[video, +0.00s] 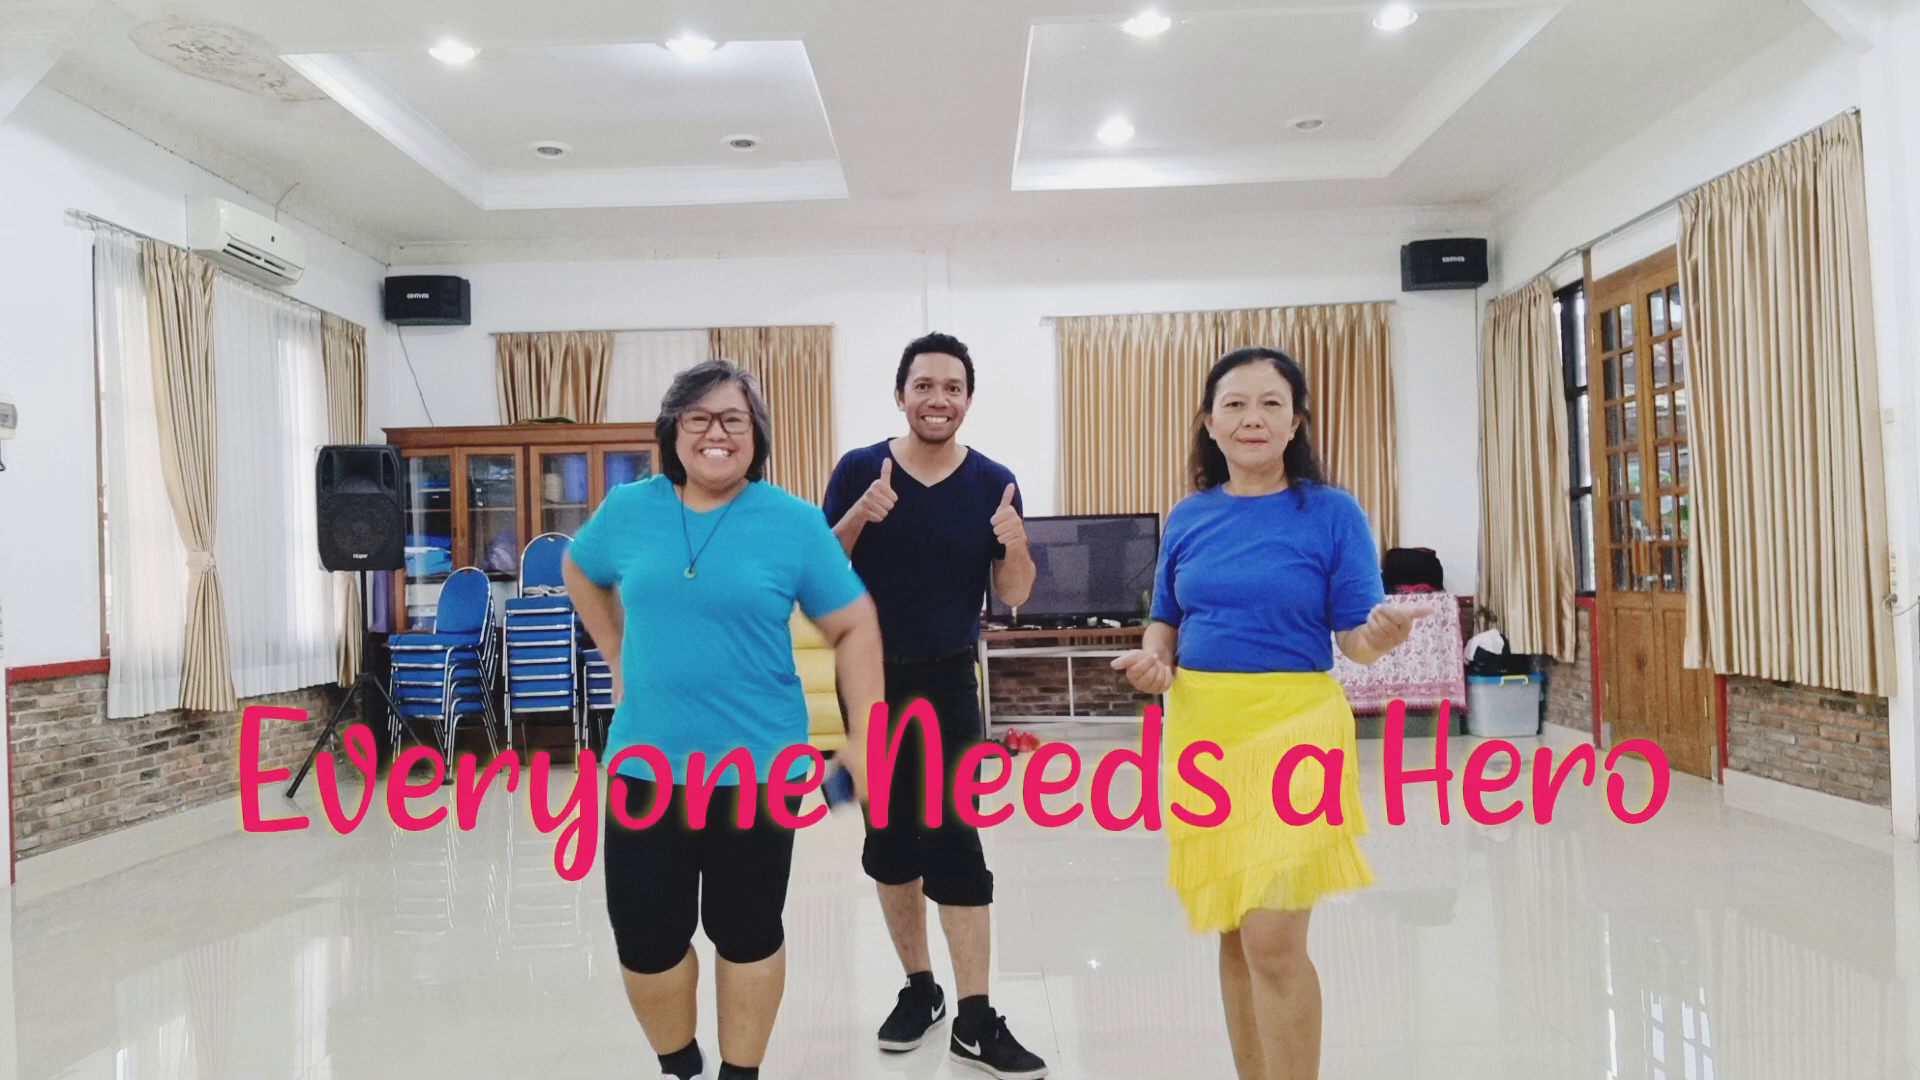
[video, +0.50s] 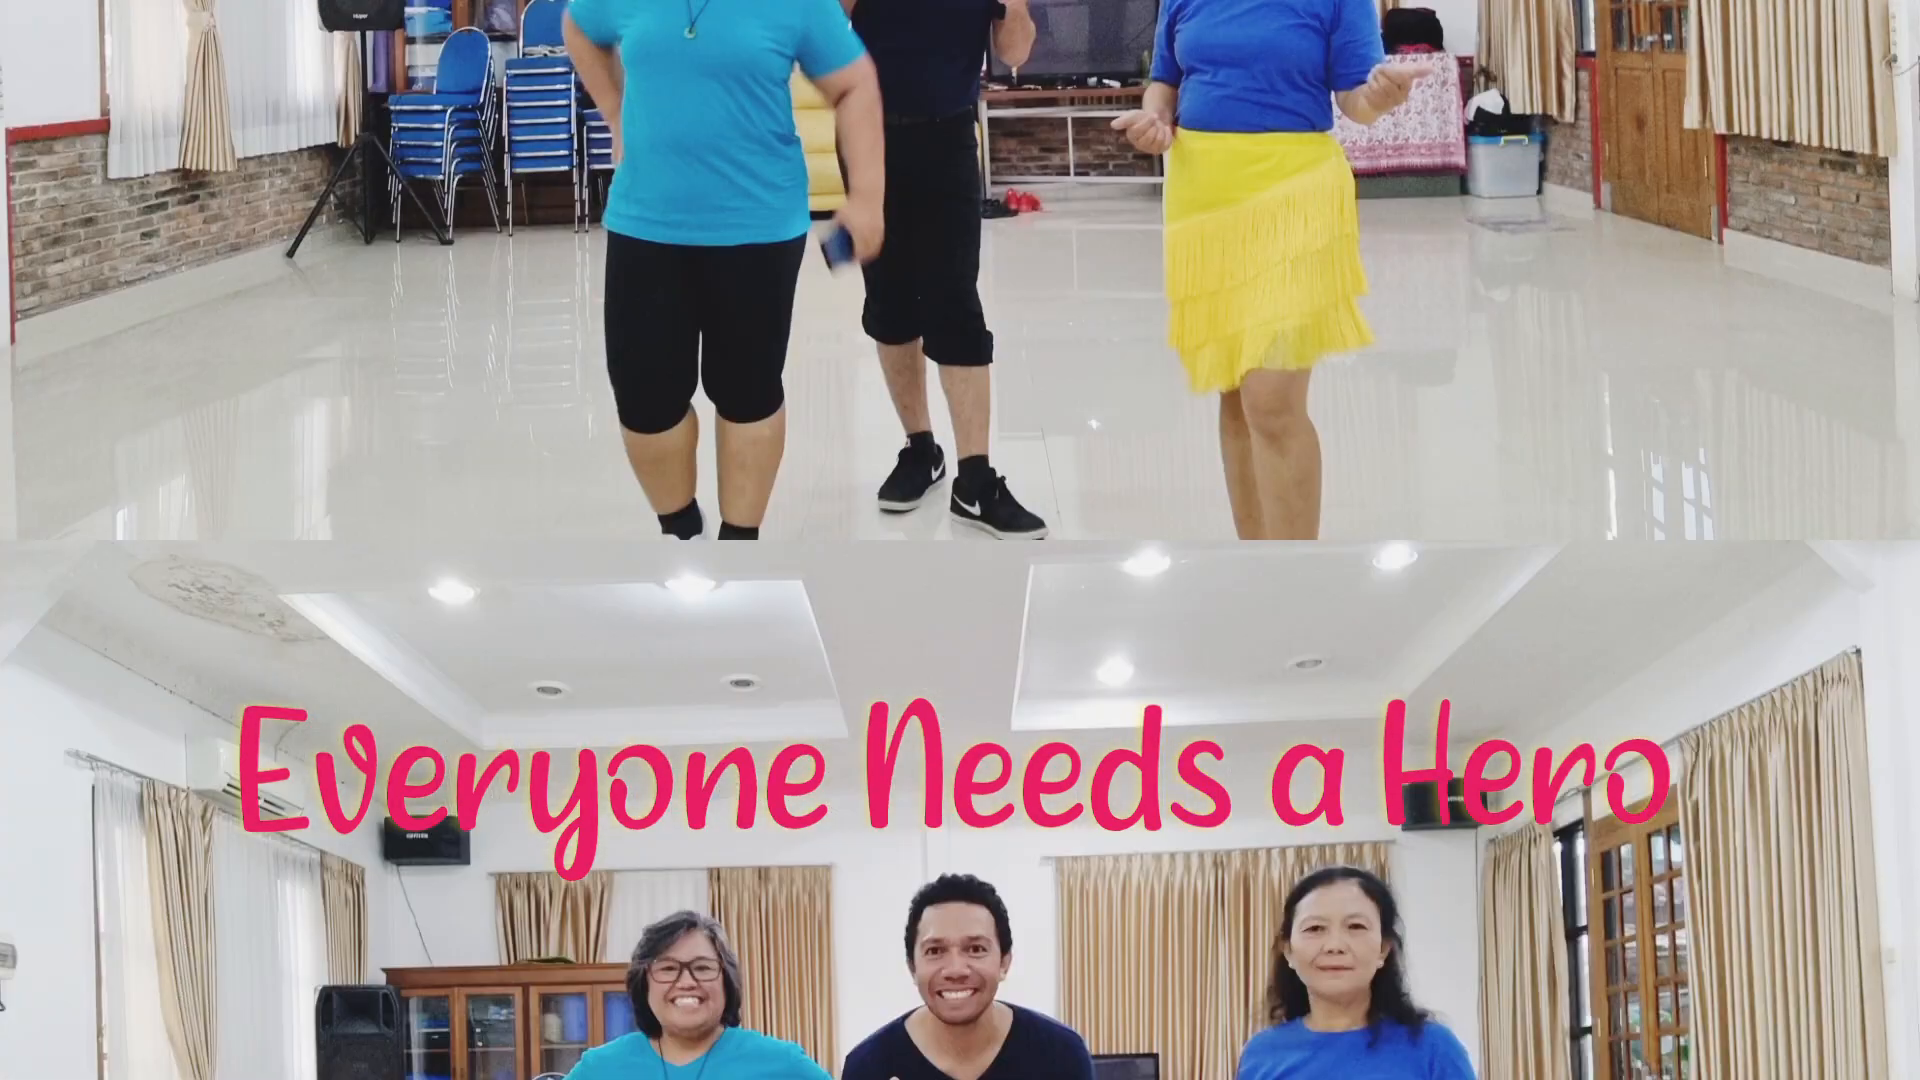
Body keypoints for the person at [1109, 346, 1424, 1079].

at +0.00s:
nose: (1252, 418)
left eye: (1270, 404)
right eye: (1234, 404)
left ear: (1295, 421)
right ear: (1210, 421)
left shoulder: (1333, 512)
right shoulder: (1186, 517)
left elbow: (1356, 643)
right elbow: (1163, 628)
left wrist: (1380, 635)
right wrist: (1151, 660)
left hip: (1297, 723)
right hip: (1204, 724)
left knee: (1272, 941)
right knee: (1237, 941)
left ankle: (1296, 1077)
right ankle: (1254, 1078)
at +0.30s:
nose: (1252, 302)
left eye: (1270, 287)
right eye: (1234, 288)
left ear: (1295, 304)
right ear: (1210, 305)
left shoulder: (1333, 396)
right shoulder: (1186, 401)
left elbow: (1356, 526)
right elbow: (1163, 508)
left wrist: (1380, 516)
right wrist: (1150, 542)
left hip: (1295, 607)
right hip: (1202, 608)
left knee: (1272, 817)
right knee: (1233, 818)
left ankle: (1296, 1004)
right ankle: (1259, 997)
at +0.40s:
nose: (1252, 141)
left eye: (1270, 127)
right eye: (1235, 128)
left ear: (1296, 143)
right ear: (1210, 145)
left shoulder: (1333, 236)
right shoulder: (1186, 241)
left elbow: (1357, 367)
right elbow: (1163, 346)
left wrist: (1381, 357)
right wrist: (1152, 381)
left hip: (1295, 446)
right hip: (1202, 449)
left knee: (1271, 663)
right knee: (1236, 663)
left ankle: (1304, 836)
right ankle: (1255, 830)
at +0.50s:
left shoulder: (1339, 1)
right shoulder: (1183, 3)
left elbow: (1355, 100)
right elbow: (1164, 78)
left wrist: (1384, 93)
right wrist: (1154, 117)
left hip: (1294, 179)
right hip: (1204, 182)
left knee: (1271, 400)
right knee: (1237, 400)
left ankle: (1295, 587)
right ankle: (1257, 577)